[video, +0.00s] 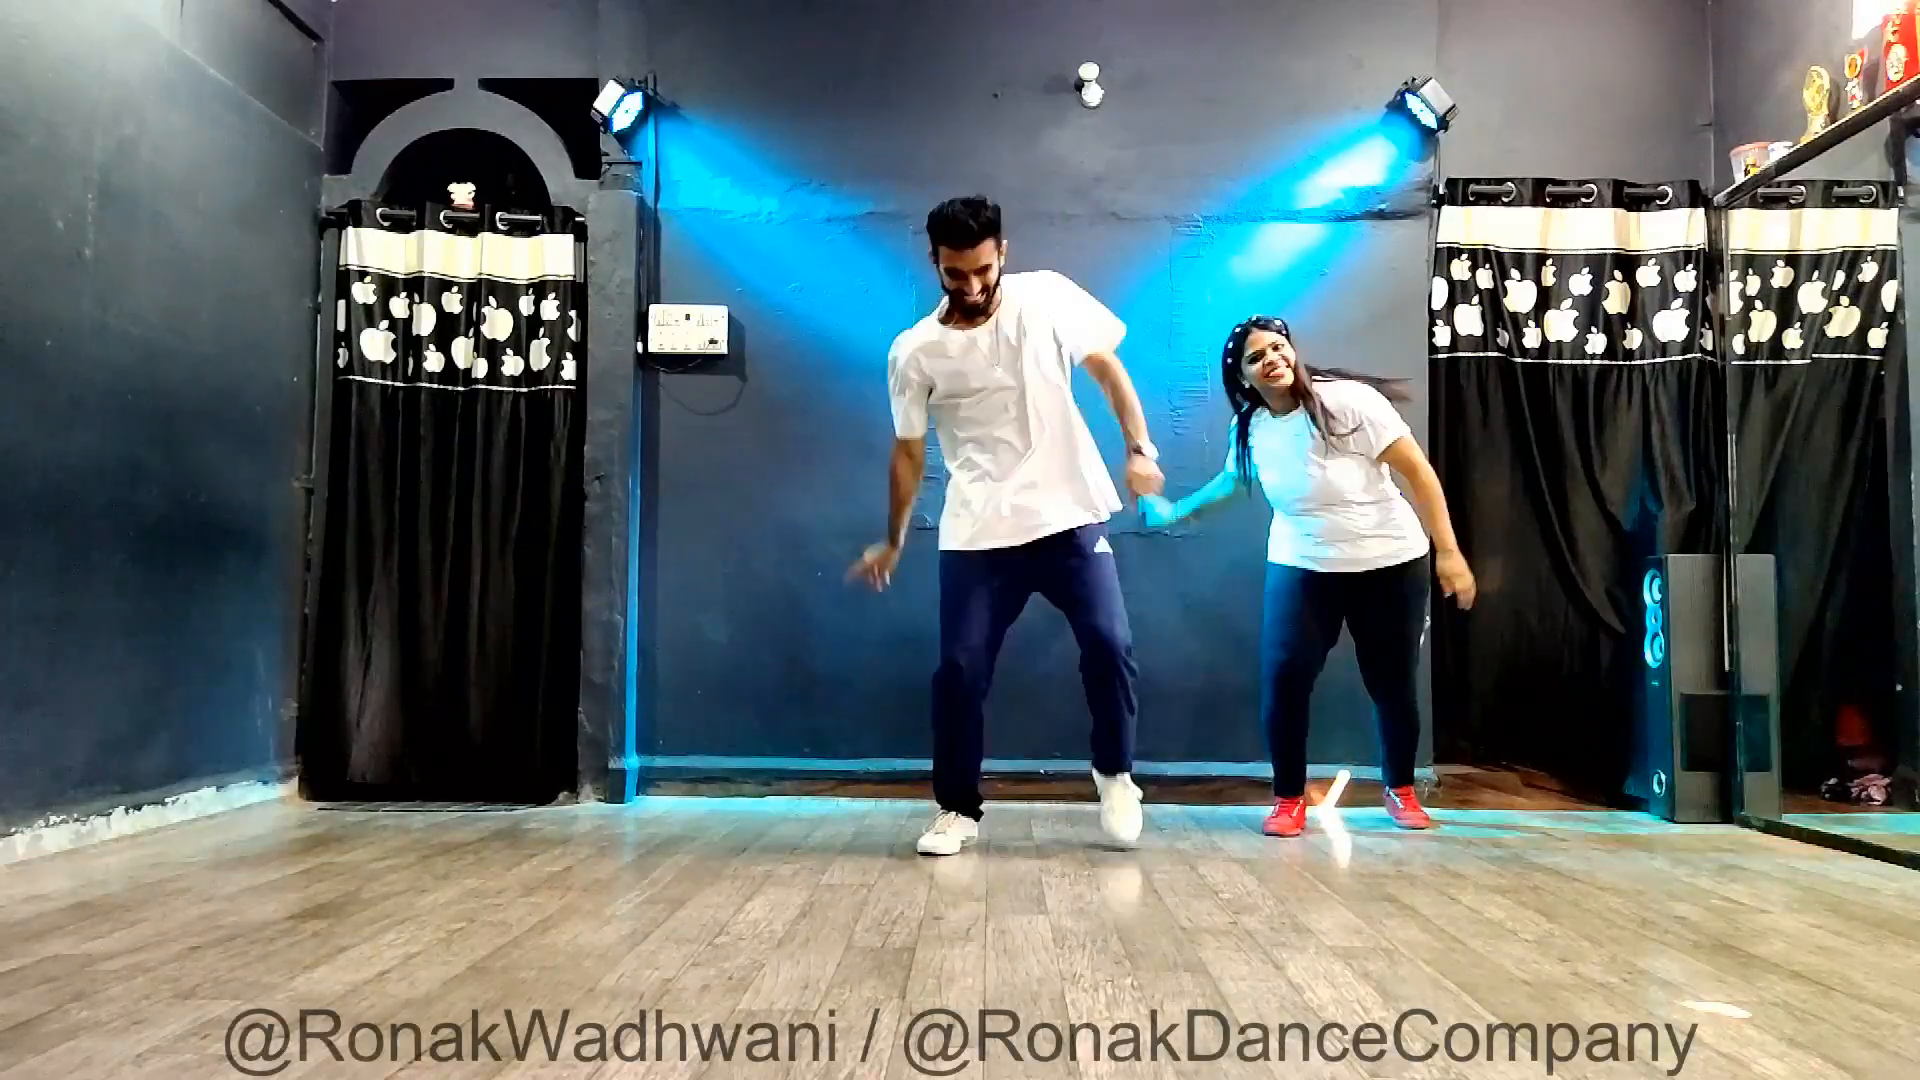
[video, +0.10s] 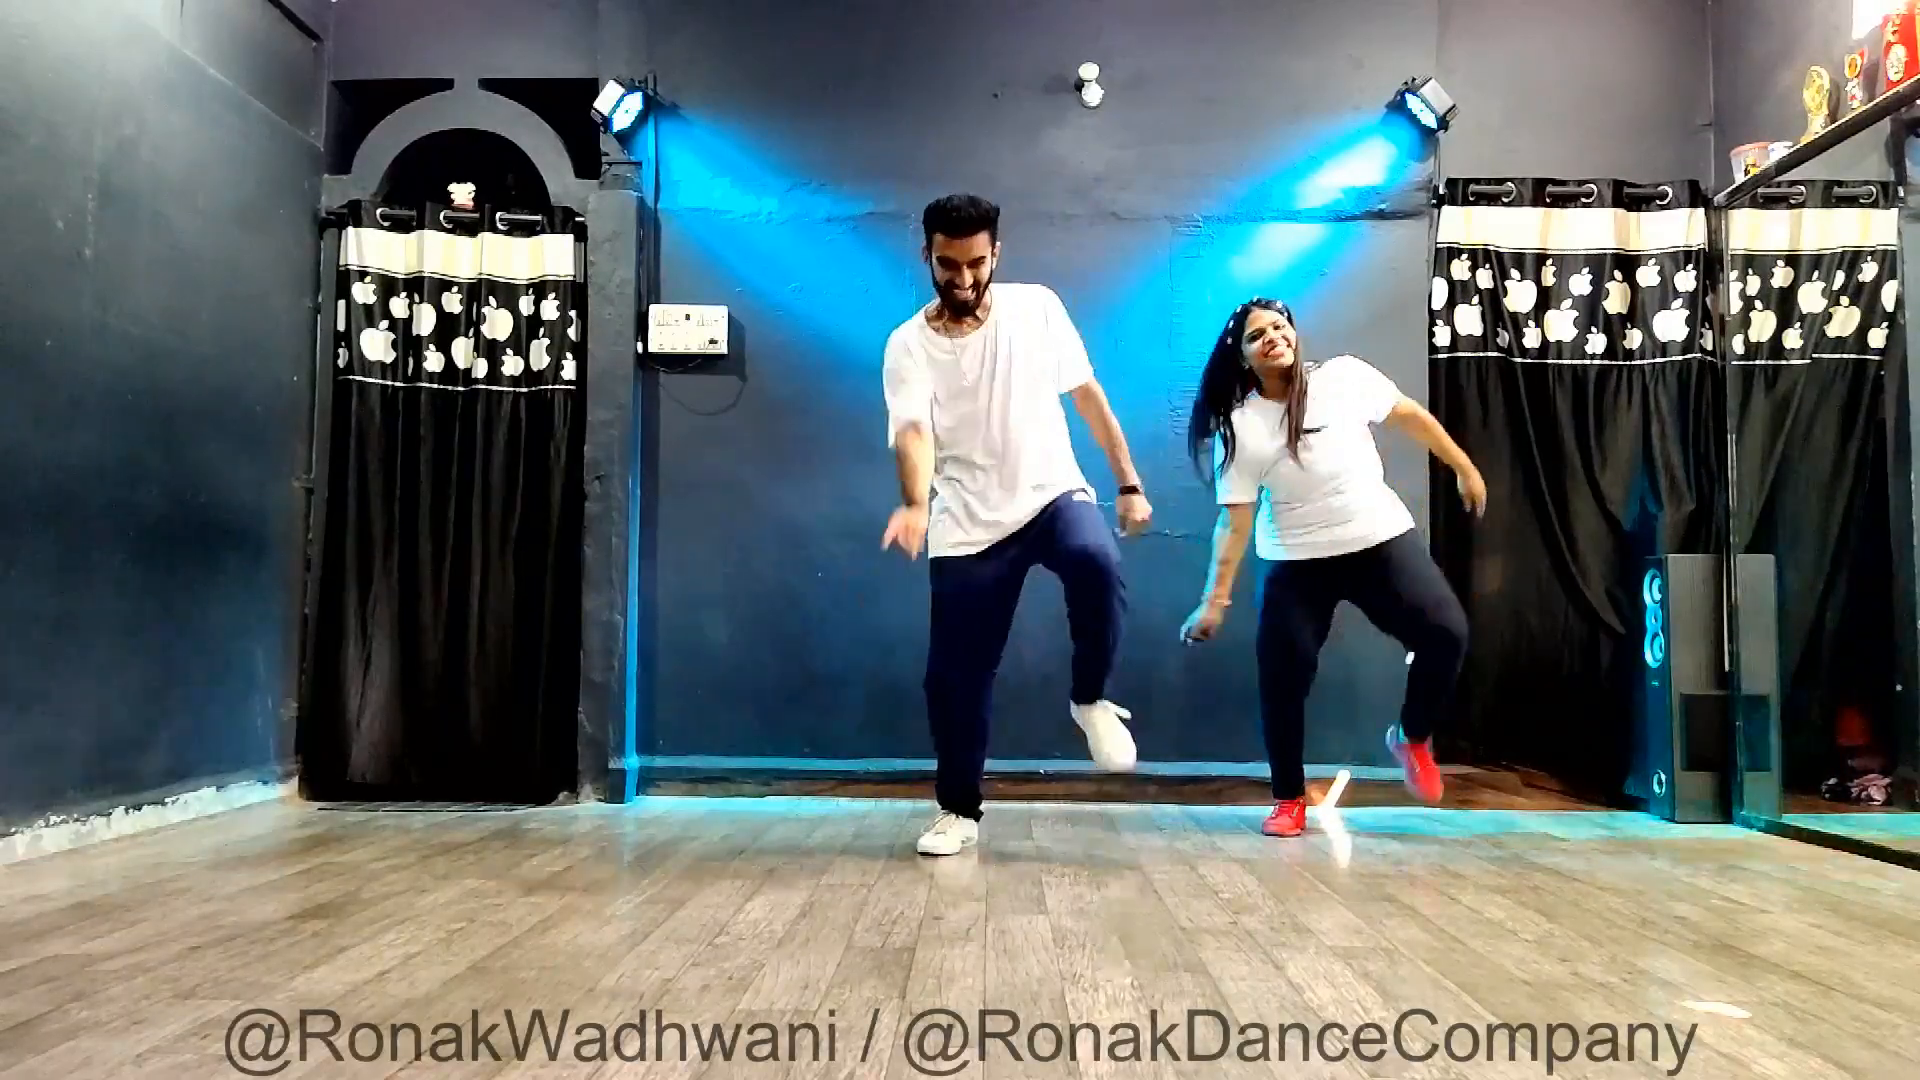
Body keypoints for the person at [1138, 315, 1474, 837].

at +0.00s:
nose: (1272, 358)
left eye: (1276, 346)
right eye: (1256, 357)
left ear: (1293, 351)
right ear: (1244, 379)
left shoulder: (1352, 402)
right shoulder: (1250, 430)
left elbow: (1419, 473)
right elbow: (1232, 481)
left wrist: (1448, 550)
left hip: (1386, 562)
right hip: (1301, 566)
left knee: (1393, 684)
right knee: (1284, 676)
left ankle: (1400, 790)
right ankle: (1289, 797)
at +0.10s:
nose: (1272, 336)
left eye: (1278, 326)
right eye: (1257, 334)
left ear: (1295, 334)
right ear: (1243, 357)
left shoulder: (1345, 377)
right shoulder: (1242, 426)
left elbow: (1413, 417)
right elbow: (1236, 522)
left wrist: (1465, 468)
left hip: (1380, 543)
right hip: (1298, 561)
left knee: (1446, 632)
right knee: (1281, 669)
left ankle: (1411, 737)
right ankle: (1289, 798)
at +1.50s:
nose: (1341, 297)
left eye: (1352, 291)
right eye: (1330, 290)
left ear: (1367, 307)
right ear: (1311, 305)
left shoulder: (1381, 356)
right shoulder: (1286, 350)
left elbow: (1397, 299)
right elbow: (1252, 311)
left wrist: (1359, 227)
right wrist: (1299, 245)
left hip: (1381, 515)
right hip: (1304, 528)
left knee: (1454, 549)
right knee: (1303, 671)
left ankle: (1432, 687)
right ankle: (1298, 794)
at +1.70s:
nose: (1339, 303)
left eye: (1351, 297)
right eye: (1328, 296)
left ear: (1367, 312)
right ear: (1310, 311)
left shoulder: (1388, 350)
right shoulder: (1276, 355)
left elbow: (1469, 325)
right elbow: (1188, 359)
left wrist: (1534, 279)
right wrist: (1128, 313)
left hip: (1377, 512)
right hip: (1302, 529)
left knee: (1457, 489)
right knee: (1304, 668)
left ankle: (1435, 623)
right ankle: (1291, 784)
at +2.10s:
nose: (1439, 362)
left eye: (1438, 353)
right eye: (1430, 351)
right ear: (1396, 351)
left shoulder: (1413, 428)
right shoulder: (1368, 376)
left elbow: (1445, 489)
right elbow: (1451, 386)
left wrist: (1501, 531)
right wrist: (1480, 422)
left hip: (1366, 563)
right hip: (1316, 550)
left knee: (1422, 668)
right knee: (1404, 633)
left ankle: (1390, 800)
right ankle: (1305, 714)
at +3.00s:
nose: (1388, 351)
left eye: (1398, 348)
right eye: (1376, 345)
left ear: (1410, 372)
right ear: (1354, 365)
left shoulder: (1417, 430)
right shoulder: (1315, 397)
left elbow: (1519, 420)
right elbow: (1226, 406)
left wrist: (1454, 419)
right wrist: (1154, 403)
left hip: (1359, 571)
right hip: (1286, 567)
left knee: (1470, 572)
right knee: (1311, 680)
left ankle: (1462, 708)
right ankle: (1286, 804)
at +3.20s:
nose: (1400, 360)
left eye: (1409, 352)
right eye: (1389, 347)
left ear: (1416, 360)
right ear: (1358, 347)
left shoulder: (1421, 418)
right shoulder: (1312, 391)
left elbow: (1438, 507)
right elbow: (1228, 422)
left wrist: (1413, 444)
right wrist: (1154, 434)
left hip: (1389, 566)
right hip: (1308, 555)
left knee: (1454, 674)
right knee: (1311, 673)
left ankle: (1447, 800)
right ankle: (1286, 801)